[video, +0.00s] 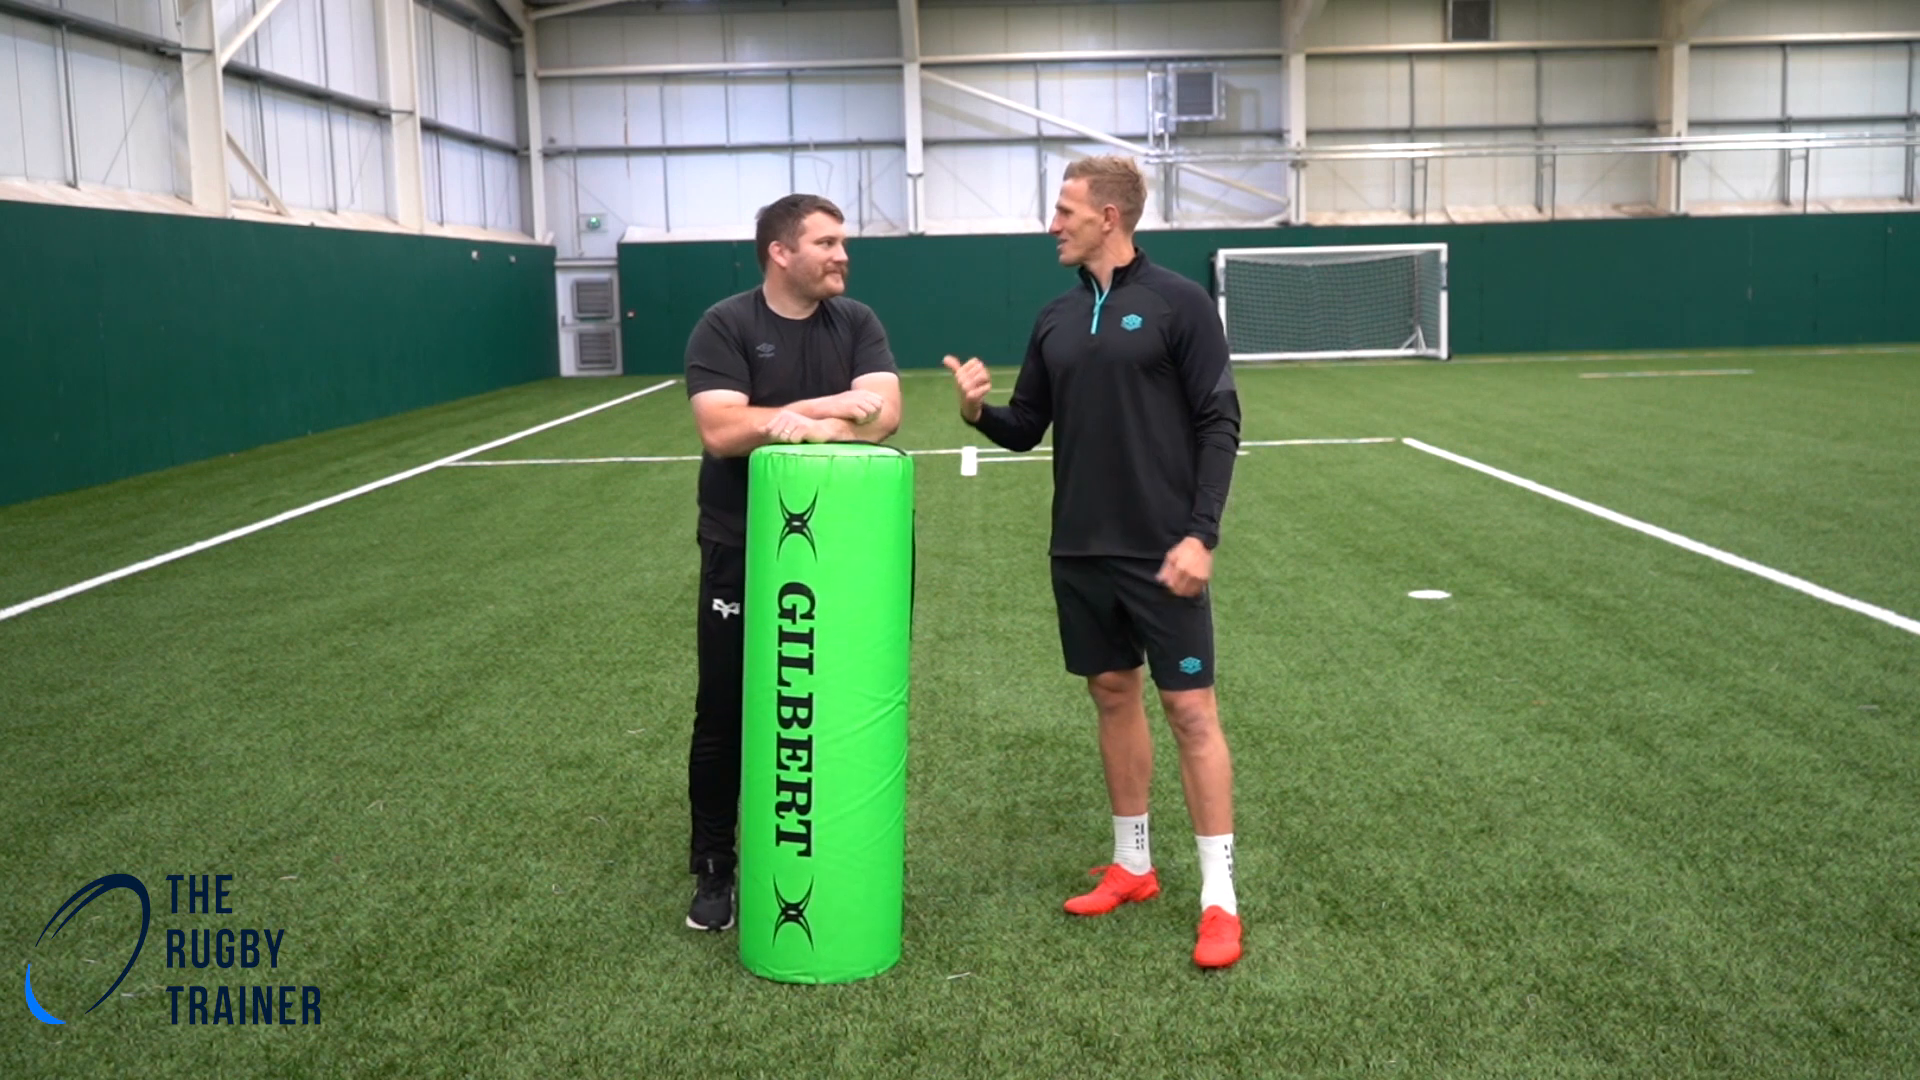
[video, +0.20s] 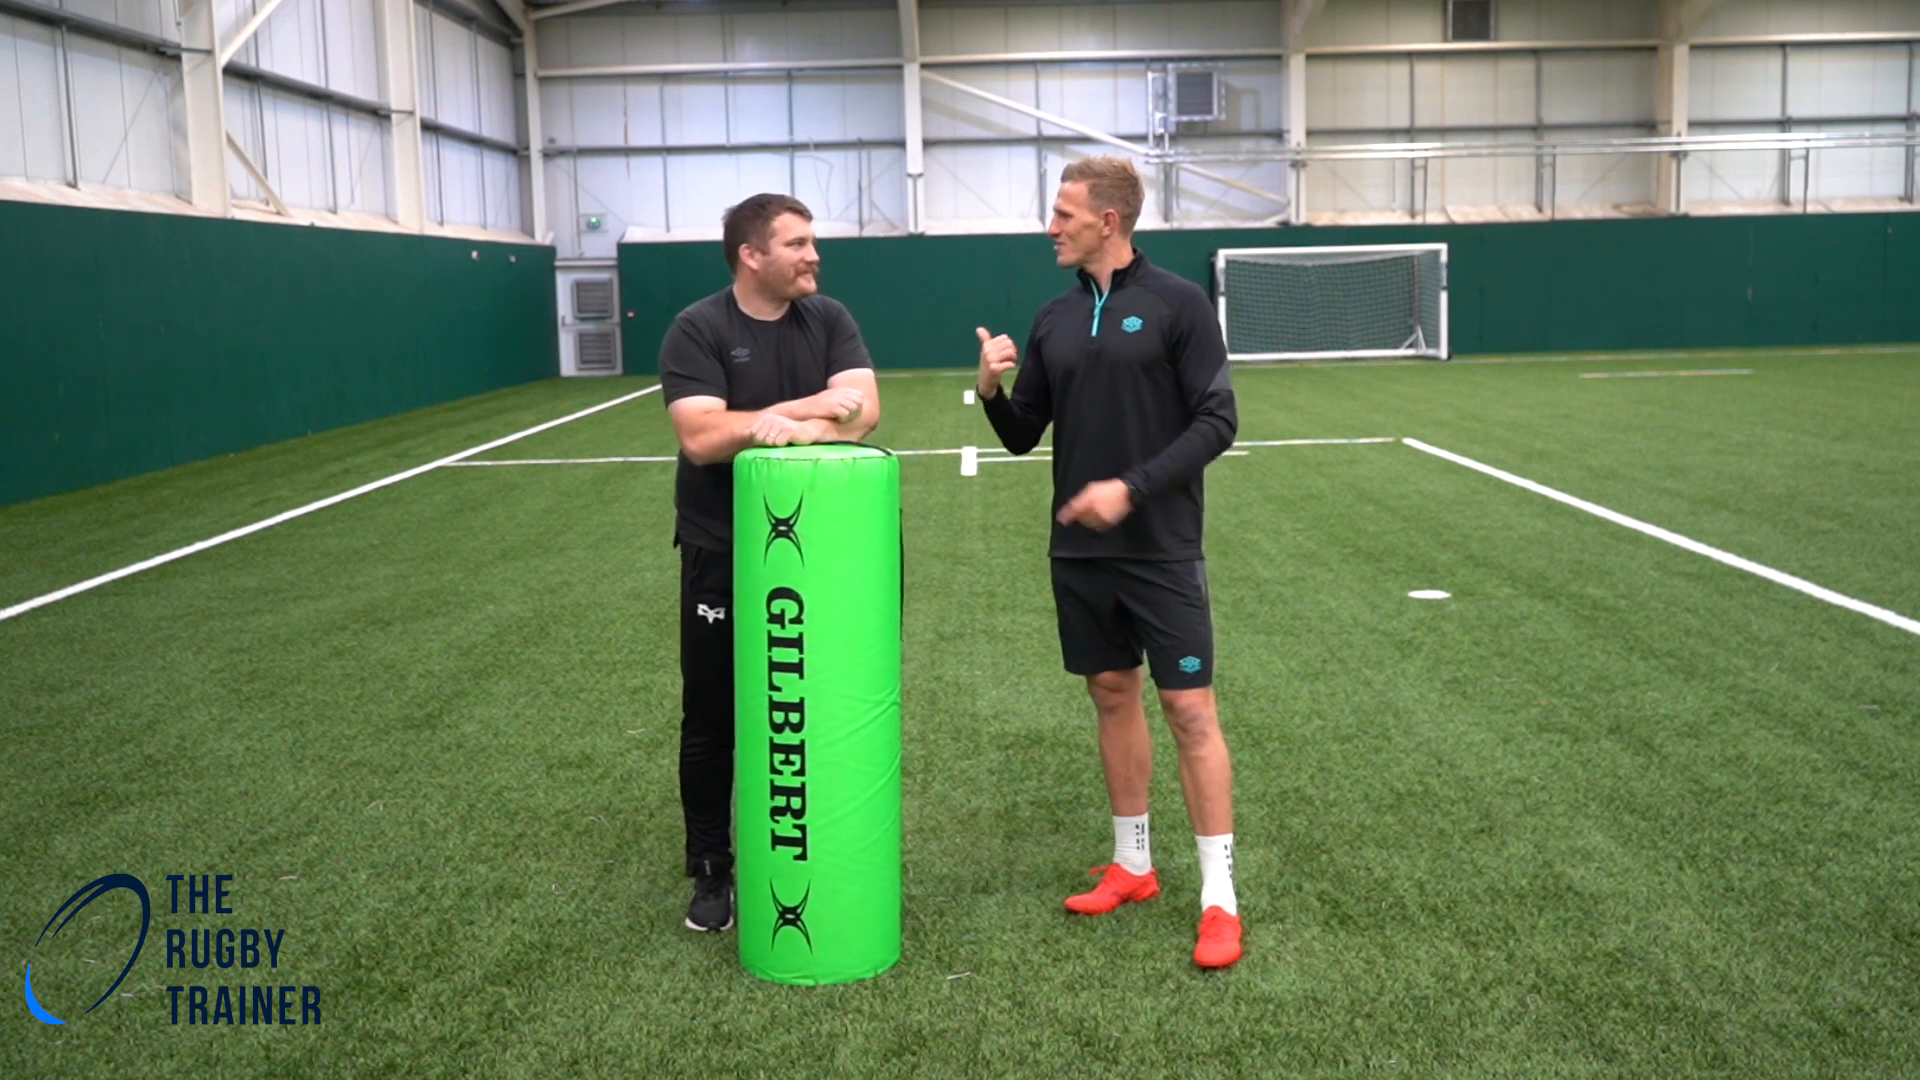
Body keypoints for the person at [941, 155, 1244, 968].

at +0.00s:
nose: (1053, 222)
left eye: (1066, 212)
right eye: (1056, 210)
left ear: (1111, 219)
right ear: (1092, 218)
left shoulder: (1181, 305)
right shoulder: (1056, 319)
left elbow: (1220, 426)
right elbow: (1024, 430)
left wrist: (1201, 534)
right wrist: (981, 407)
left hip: (1164, 547)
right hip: (1082, 547)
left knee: (1190, 709)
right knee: (1112, 694)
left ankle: (1218, 895)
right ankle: (1133, 866)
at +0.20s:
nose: (1050, 227)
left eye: (1063, 215)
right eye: (1053, 213)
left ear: (1111, 223)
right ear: (1095, 223)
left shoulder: (1179, 304)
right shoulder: (1053, 318)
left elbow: (1217, 422)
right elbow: (1022, 435)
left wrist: (1131, 487)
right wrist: (994, 392)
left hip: (1163, 549)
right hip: (1080, 547)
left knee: (1189, 709)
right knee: (1112, 693)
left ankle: (1218, 897)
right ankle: (1133, 866)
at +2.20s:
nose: (1071, 229)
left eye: (1084, 217)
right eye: (1072, 215)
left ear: (1130, 224)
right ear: (1107, 222)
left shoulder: (1191, 306)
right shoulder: (1064, 315)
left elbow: (1205, 422)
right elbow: (1021, 437)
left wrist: (1091, 405)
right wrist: (1024, 403)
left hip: (1171, 544)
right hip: (1089, 543)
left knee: (1197, 706)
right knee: (1112, 695)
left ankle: (1224, 895)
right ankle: (1134, 866)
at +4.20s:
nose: (1054, 227)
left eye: (1068, 216)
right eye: (1055, 214)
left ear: (1115, 225)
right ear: (1078, 221)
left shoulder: (1177, 310)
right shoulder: (1046, 317)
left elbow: (1200, 429)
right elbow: (1018, 418)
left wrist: (1090, 444)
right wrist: (1019, 434)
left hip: (1158, 549)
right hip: (1074, 550)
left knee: (1189, 710)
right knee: (1106, 697)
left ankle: (1223, 897)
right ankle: (1134, 868)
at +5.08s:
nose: (1047, 227)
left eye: (1061, 215)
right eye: (1049, 213)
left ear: (1109, 223)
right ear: (1079, 221)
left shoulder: (1175, 308)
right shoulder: (1044, 320)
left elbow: (1209, 431)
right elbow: (1029, 435)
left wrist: (1169, 534)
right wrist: (1003, 531)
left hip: (1165, 551)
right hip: (1080, 552)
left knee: (1194, 711)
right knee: (1110, 699)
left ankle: (1223, 898)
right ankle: (1133, 869)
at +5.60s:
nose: (1048, 227)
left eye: (1061, 216)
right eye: (1049, 213)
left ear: (1110, 224)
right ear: (1076, 221)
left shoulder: (1175, 308)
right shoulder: (1043, 317)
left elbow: (1212, 432)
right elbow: (1031, 431)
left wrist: (1216, 548)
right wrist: (1011, 530)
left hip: (1167, 551)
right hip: (1079, 552)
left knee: (1193, 712)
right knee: (1109, 699)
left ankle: (1223, 897)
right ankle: (1134, 869)